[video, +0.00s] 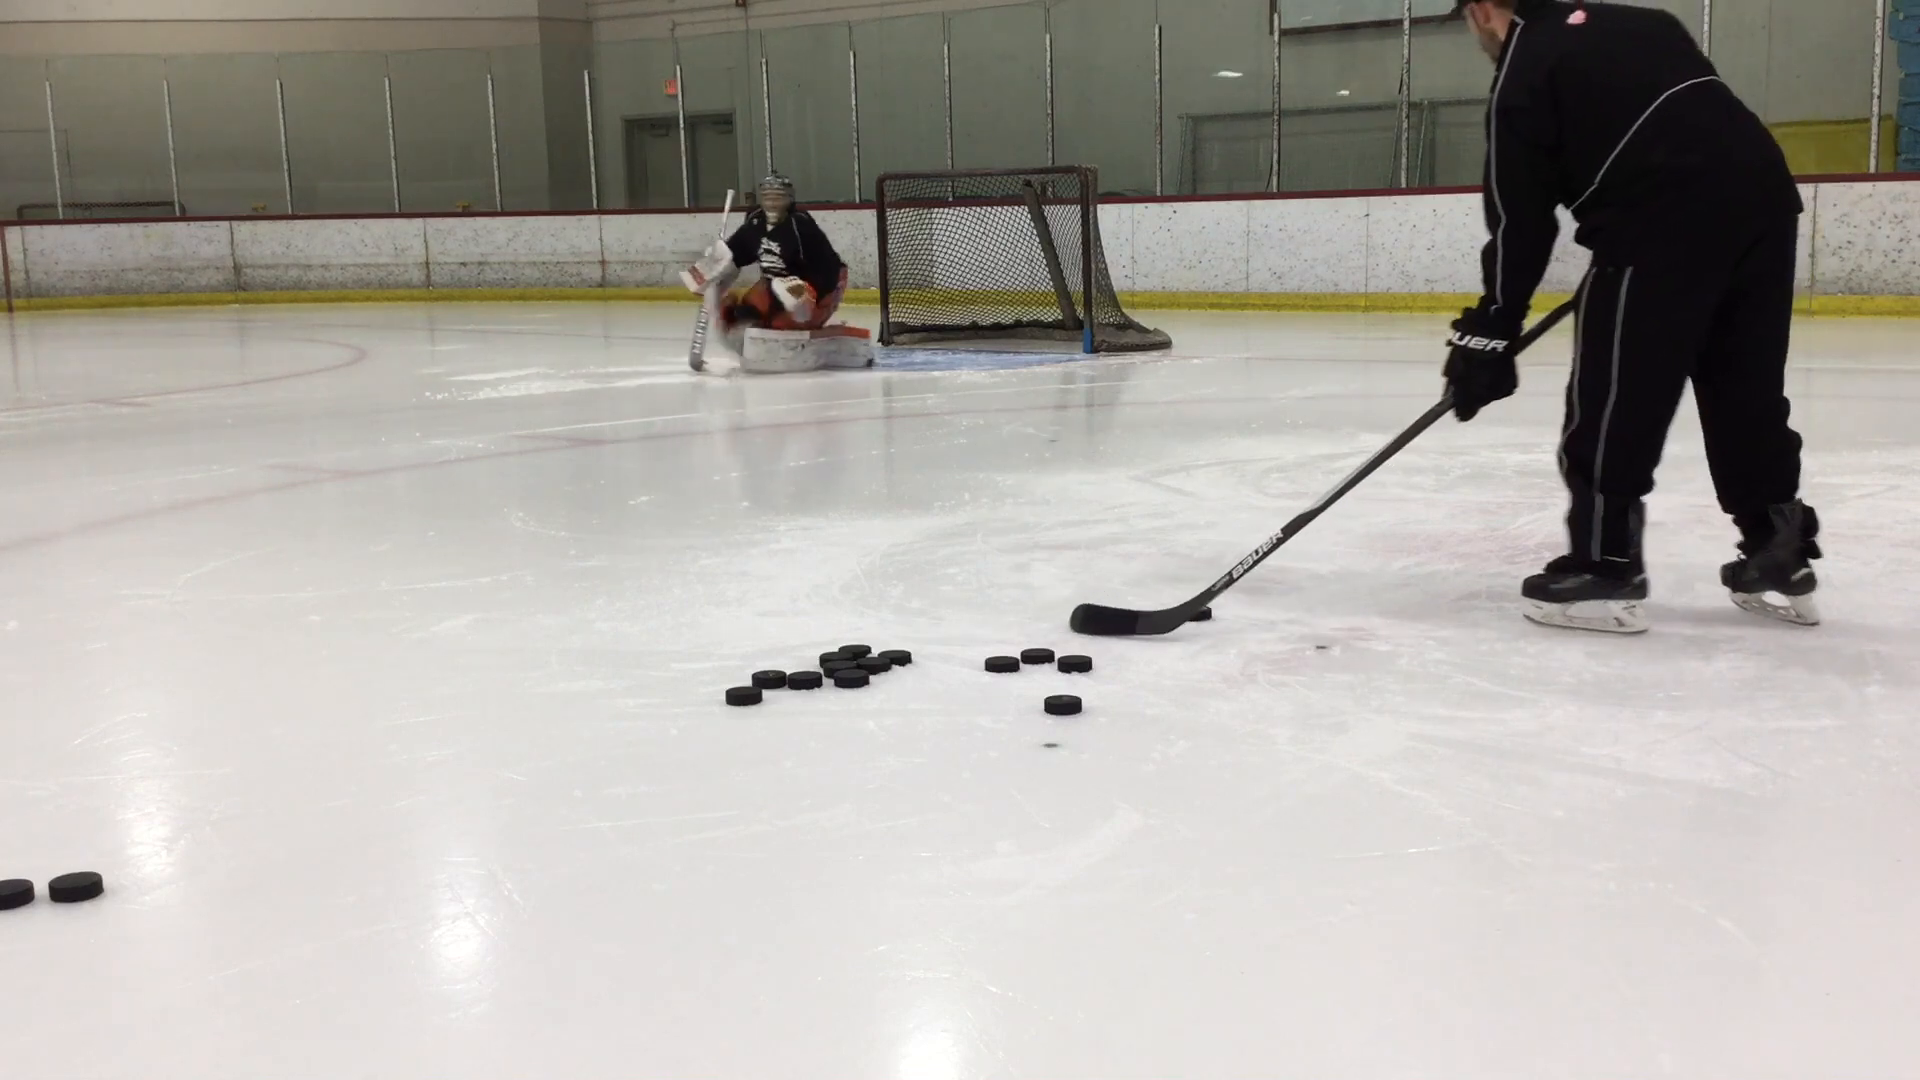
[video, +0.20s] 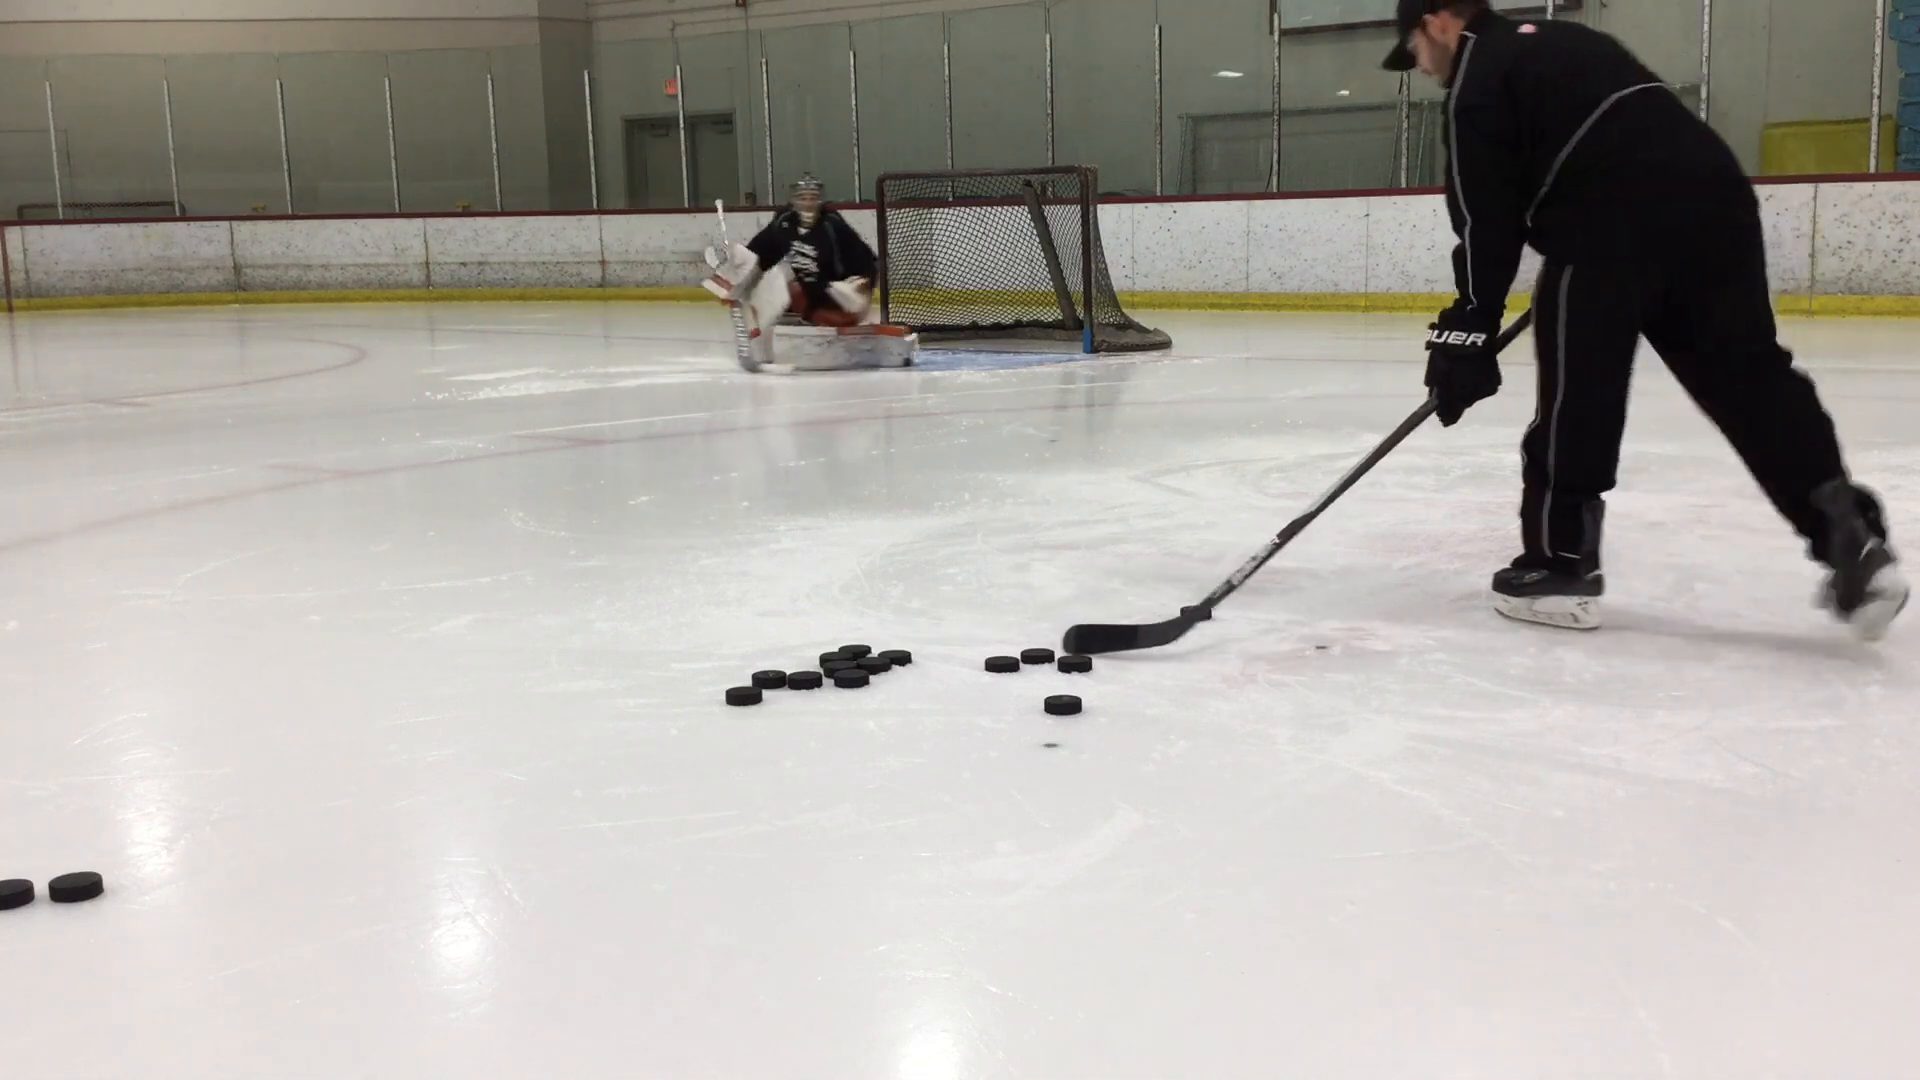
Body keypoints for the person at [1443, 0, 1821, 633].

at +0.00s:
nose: (1474, 33)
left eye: (1471, 18)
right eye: (1470, 21)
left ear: (1492, 9)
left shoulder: (1524, 74)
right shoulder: (1642, 22)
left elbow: (1518, 217)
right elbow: (1678, 134)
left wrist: (1490, 330)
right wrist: (1612, 262)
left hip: (1660, 233)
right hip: (1763, 206)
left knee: (1613, 394)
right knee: (1746, 391)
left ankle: (1604, 561)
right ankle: (1780, 549)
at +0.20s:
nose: (1421, 66)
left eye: (1416, 47)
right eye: (1414, 54)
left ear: (1443, 21)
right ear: (1470, 17)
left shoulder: (1479, 79)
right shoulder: (1568, 39)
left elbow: (1486, 213)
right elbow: (1603, 157)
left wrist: (1466, 328)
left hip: (1607, 224)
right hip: (1710, 195)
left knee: (1575, 391)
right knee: (1748, 372)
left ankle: (1563, 557)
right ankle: (1848, 530)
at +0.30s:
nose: (1405, 66)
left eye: (1400, 48)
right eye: (1398, 55)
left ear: (1427, 17)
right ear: (1454, 12)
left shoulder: (1457, 79)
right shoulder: (1546, 32)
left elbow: (1479, 212)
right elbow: (1579, 157)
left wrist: (1469, 319)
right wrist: (1531, 274)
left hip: (1591, 234)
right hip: (1687, 204)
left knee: (1555, 387)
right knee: (1763, 347)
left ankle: (1539, 553)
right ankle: (1886, 484)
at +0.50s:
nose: (1401, 77)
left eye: (1400, 62)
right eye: (1399, 64)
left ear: (1418, 48)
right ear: (1465, 27)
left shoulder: (1427, 127)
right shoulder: (1558, 20)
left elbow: (1453, 180)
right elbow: (1658, 54)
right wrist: (1603, 124)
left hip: (1554, 240)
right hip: (1665, 201)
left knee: (1540, 396)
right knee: (1742, 344)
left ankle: (1527, 557)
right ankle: (1865, 476)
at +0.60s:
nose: (1418, 50)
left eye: (1419, 38)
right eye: (1416, 39)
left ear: (1438, 32)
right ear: (1481, 16)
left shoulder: (1442, 102)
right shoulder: (1557, 14)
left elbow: (1449, 154)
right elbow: (1664, 28)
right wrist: (1636, 102)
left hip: (1544, 229)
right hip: (1653, 200)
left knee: (1534, 389)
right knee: (1709, 349)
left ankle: (1520, 548)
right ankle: (1794, 490)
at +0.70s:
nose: (1444, 22)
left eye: (1445, 14)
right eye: (1444, 13)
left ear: (1461, 16)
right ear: (1507, 4)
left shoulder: (1458, 78)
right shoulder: (1567, 8)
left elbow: (1461, 139)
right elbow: (1671, 12)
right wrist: (1663, 79)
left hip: (1542, 220)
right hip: (1651, 203)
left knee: (1532, 382)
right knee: (1678, 365)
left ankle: (1498, 528)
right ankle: (1721, 512)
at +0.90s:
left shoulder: (1509, 31)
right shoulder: (1658, 2)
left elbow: (1484, 108)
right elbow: (1729, 38)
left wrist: (1546, 147)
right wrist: (1697, 100)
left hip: (1543, 221)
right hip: (1648, 213)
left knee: (1546, 382)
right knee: (1671, 381)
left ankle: (1495, 534)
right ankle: (1709, 542)